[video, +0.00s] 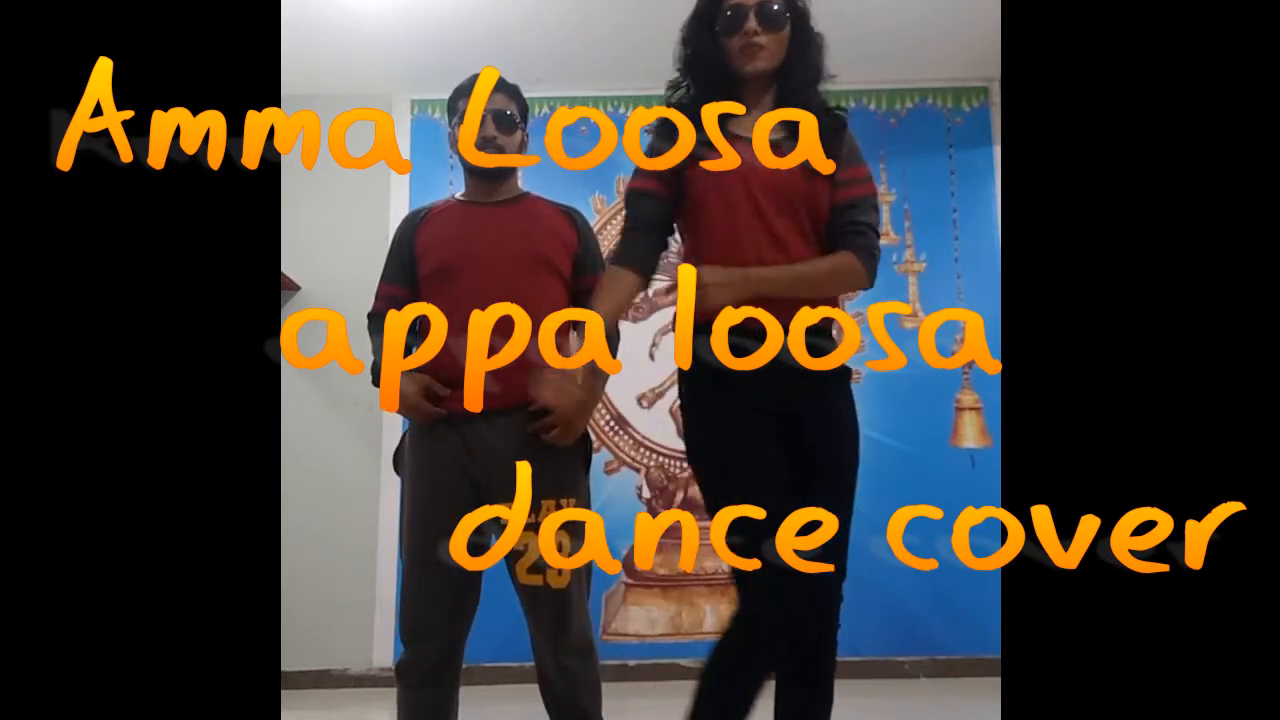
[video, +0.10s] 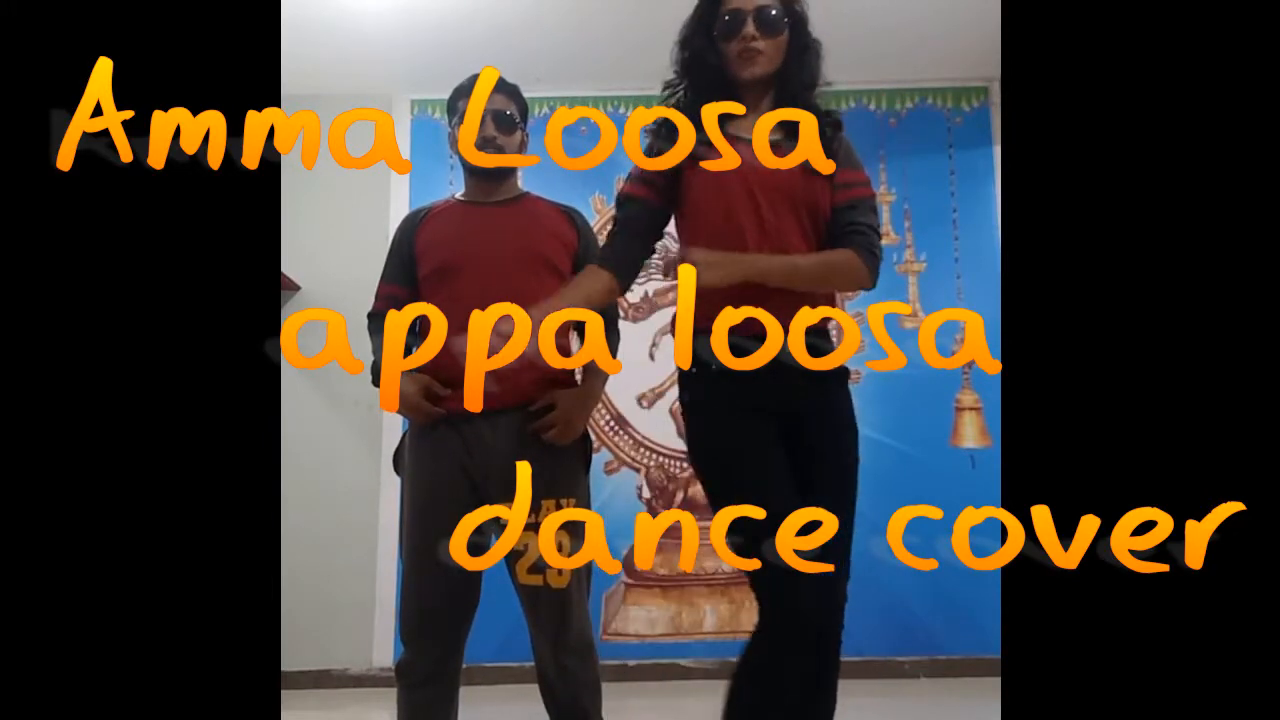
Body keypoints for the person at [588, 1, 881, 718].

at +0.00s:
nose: (752, 31)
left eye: (770, 16)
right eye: (734, 18)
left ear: (795, 30)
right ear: (711, 33)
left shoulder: (825, 127)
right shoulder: (679, 127)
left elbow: (857, 265)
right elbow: (633, 257)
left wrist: (718, 284)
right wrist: (579, 368)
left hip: (815, 377)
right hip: (719, 376)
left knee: (815, 599)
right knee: (771, 598)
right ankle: (708, 717)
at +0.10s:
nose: (751, 37)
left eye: (768, 22)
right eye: (732, 24)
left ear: (792, 35)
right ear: (709, 39)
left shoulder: (822, 130)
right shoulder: (680, 129)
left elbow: (859, 263)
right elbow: (621, 253)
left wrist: (737, 266)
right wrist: (536, 320)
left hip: (815, 380)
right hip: (721, 381)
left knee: (820, 599)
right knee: (791, 600)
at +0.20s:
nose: (745, 40)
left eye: (764, 24)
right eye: (725, 27)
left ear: (788, 41)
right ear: (700, 46)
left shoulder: (817, 138)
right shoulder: (679, 137)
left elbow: (862, 262)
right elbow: (606, 268)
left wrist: (745, 250)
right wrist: (481, 264)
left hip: (809, 392)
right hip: (712, 394)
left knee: (827, 611)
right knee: (764, 617)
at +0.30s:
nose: (742, 40)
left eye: (761, 25)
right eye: (722, 26)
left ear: (787, 42)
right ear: (698, 45)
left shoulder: (818, 137)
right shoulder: (678, 141)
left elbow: (864, 267)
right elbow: (607, 272)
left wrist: (758, 245)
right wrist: (492, 250)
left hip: (802, 394)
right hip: (701, 396)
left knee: (824, 610)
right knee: (734, 617)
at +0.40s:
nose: (738, 40)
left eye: (757, 25)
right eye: (718, 26)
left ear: (780, 43)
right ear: (693, 44)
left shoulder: (817, 141)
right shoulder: (668, 142)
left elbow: (862, 283)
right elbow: (625, 291)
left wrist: (848, 192)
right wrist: (568, 228)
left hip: (790, 395)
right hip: (689, 395)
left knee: (790, 609)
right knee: (709, 614)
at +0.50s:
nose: (737, 36)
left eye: (756, 21)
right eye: (718, 23)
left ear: (779, 40)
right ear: (693, 41)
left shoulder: (805, 133)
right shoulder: (664, 136)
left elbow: (860, 279)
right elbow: (631, 290)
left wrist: (898, 181)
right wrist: (610, 213)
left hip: (788, 384)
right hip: (687, 385)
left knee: (759, 595)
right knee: (700, 605)